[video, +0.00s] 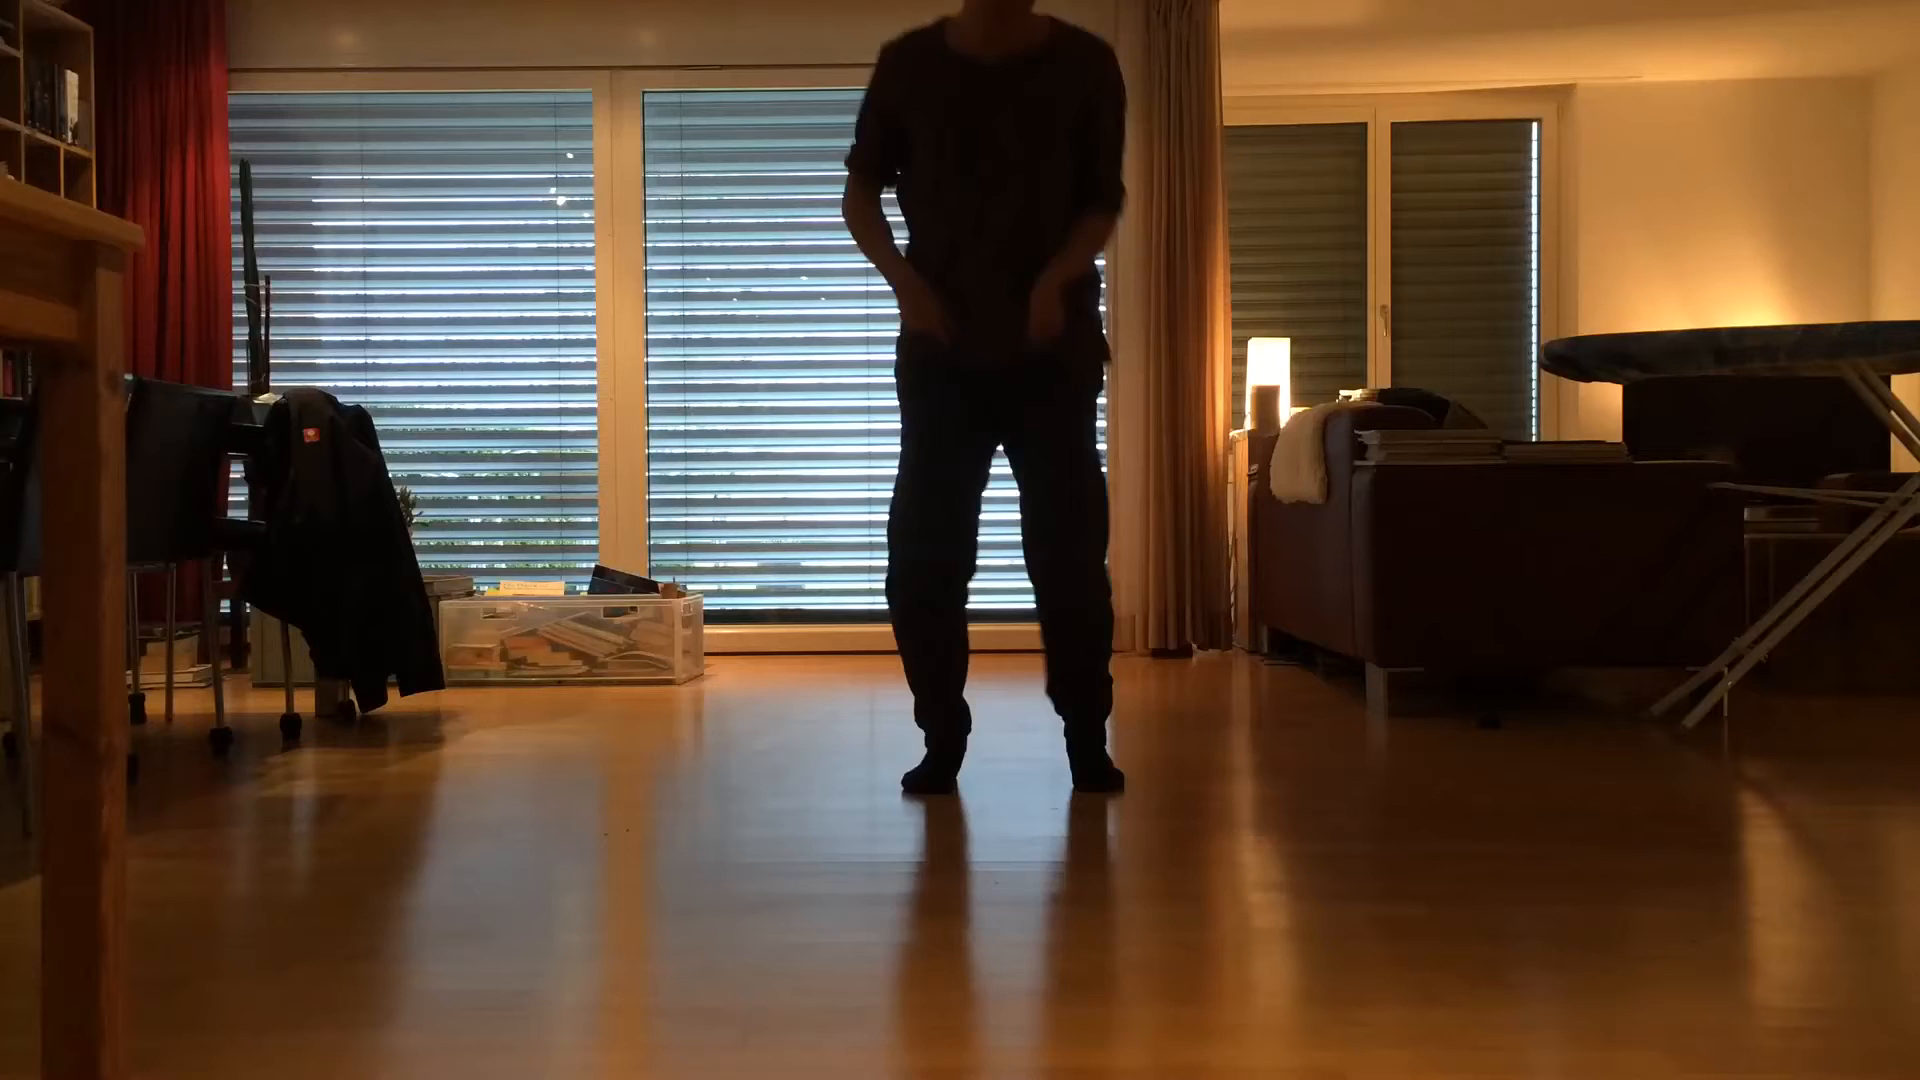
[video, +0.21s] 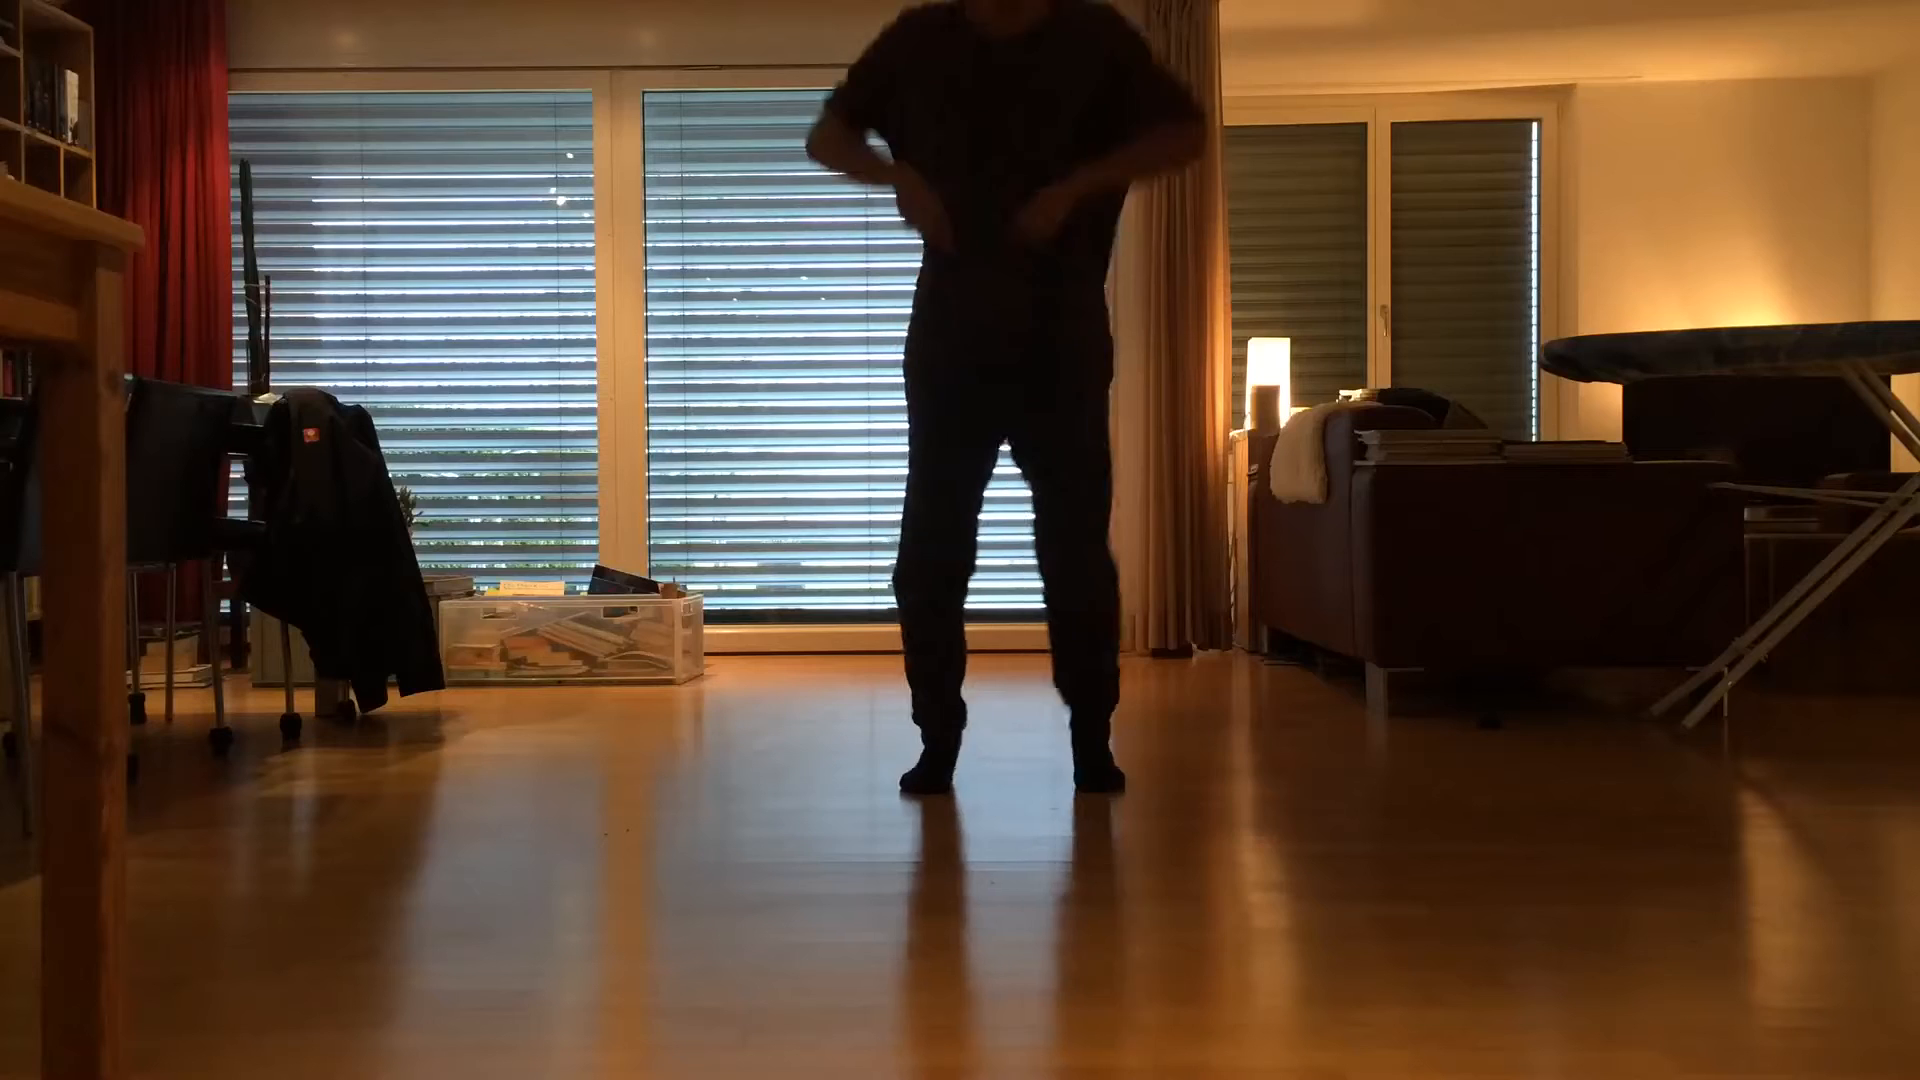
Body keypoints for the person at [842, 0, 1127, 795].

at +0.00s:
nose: (996, 3)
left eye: (1006, 2)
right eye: (987, 2)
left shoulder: (1087, 63)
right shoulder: (907, 62)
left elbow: (1104, 199)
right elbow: (860, 193)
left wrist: (1056, 279)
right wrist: (905, 285)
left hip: (1054, 348)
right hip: (941, 348)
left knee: (1069, 545)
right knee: (925, 546)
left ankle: (1087, 738)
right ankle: (942, 737)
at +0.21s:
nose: (997, 5)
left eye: (1010, 3)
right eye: (986, 2)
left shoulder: (1095, 36)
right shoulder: (921, 36)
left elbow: (1185, 132)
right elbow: (828, 136)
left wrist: (1073, 187)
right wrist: (899, 176)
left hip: (1065, 340)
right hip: (951, 338)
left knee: (1076, 545)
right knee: (932, 543)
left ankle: (1091, 736)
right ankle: (937, 738)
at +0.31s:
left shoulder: (1124, 9)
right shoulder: (926, 11)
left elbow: (1216, 64)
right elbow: (830, 98)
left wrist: (1109, 89)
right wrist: (900, 125)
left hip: (1073, 309)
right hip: (952, 311)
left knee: (1120, 511)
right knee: (906, 514)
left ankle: (1121, 716)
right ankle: (911, 715)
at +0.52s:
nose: (1022, 10)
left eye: (1036, 5)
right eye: (1011, 6)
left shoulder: (1125, 49)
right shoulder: (949, 44)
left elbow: (1228, 146)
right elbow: (872, 151)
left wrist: (1191, 84)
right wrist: (913, 185)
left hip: (1081, 350)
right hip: (960, 350)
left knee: (1168, 534)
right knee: (890, 547)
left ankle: (1171, 739)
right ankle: (870, 739)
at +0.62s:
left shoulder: (1119, 20)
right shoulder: (952, 15)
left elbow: (1237, 130)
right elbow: (855, 111)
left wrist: (1191, 110)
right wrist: (911, 144)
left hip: (1089, 315)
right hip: (979, 319)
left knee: (1100, 537)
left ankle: (1111, 740)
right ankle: (935, 740)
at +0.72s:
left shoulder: (1136, 29)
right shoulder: (951, 20)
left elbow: (1252, 107)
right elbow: (844, 90)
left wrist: (1204, 109)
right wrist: (879, 136)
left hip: (1094, 335)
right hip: (978, 337)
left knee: (1120, 542)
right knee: (971, 544)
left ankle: (1128, 741)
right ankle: (966, 741)